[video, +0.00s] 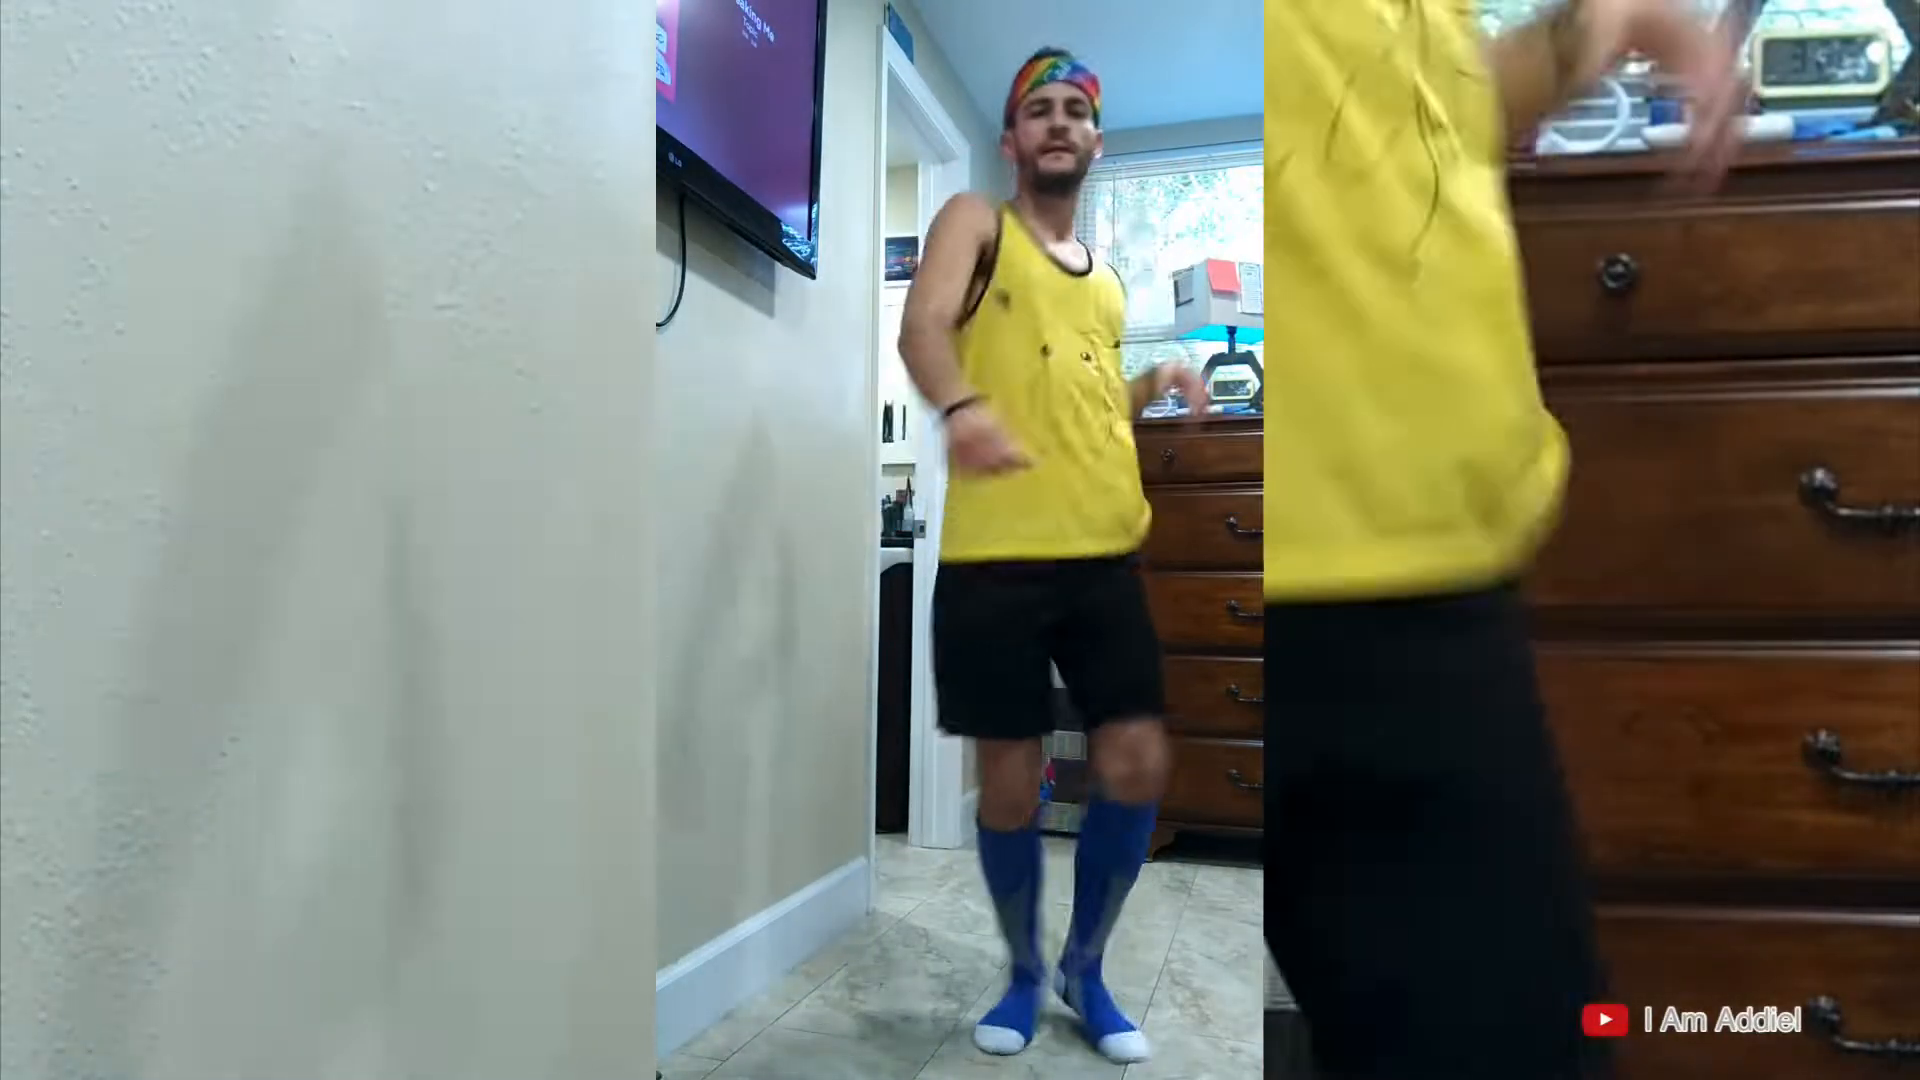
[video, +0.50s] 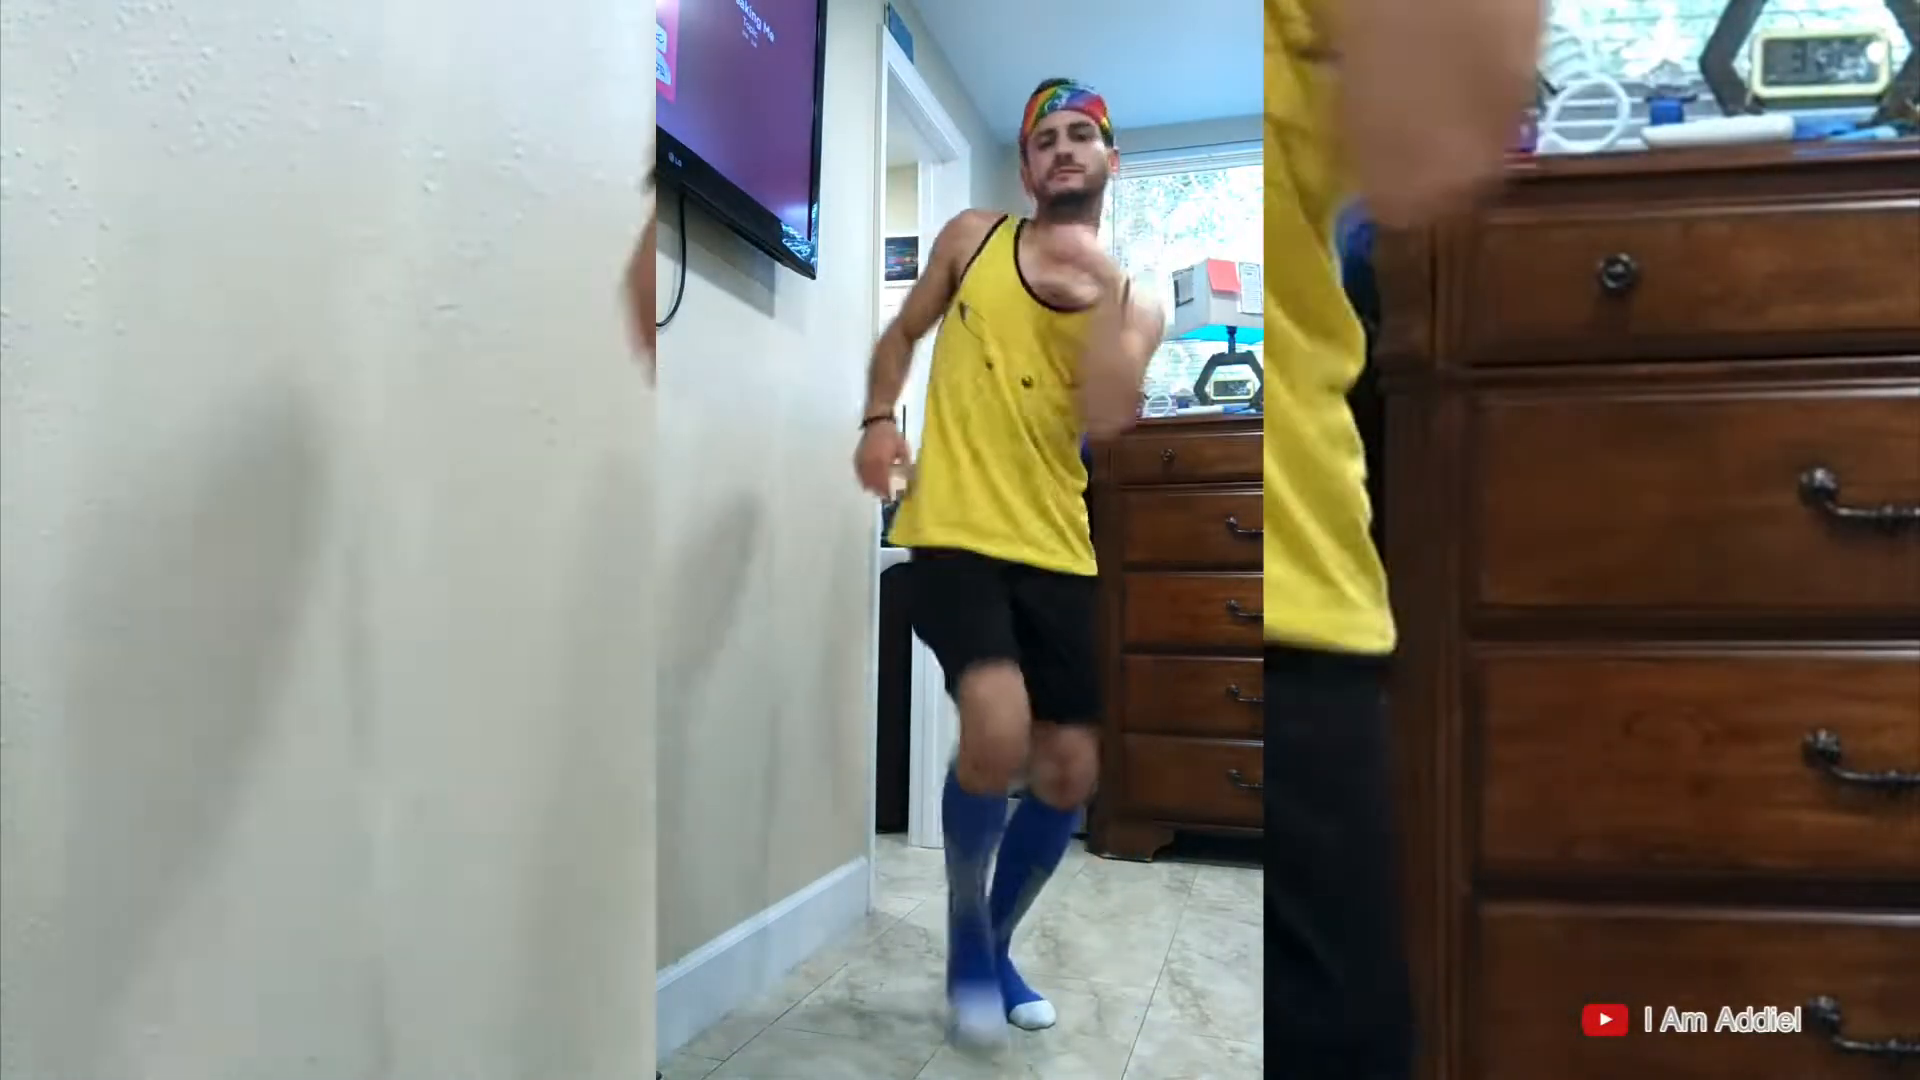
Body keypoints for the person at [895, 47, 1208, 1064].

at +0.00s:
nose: (1060, 124)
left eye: (1076, 112)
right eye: (1040, 112)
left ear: (1096, 141)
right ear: (1011, 139)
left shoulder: (1098, 278)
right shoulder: (975, 219)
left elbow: (1092, 413)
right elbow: (922, 326)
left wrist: (1158, 382)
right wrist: (959, 407)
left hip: (1102, 550)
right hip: (996, 552)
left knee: (1135, 760)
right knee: (1010, 770)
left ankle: (1084, 970)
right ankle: (1022, 978)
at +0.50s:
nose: (1063, 149)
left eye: (1080, 136)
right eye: (1046, 141)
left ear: (1112, 162)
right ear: (1025, 167)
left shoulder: (1131, 297)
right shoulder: (975, 235)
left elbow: (1105, 419)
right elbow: (899, 335)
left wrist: (1113, 296)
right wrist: (879, 422)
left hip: (1054, 538)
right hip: (950, 520)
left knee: (1069, 767)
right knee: (997, 725)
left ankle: (991, 941)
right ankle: (969, 944)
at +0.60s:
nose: (1051, 153)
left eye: (1070, 138)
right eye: (1035, 143)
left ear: (1106, 160)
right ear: (1016, 168)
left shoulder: (1126, 298)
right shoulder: (971, 257)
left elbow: (1064, 388)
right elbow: (915, 354)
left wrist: (1028, 262)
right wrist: (894, 407)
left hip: (1052, 535)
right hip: (949, 507)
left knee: (1068, 767)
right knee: (981, 666)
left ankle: (997, 942)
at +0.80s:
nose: (1015, 128)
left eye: (1035, 112)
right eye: (1000, 115)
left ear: (1069, 130)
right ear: (980, 137)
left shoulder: (1107, 222)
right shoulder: (963, 252)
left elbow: (1040, 291)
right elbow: (964, 381)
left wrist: (913, 287)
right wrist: (919, 391)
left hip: (1045, 518)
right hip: (947, 502)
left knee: (1024, 746)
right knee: (903, 690)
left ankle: (1003, 944)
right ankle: (939, 894)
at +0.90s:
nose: (996, 148)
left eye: (1015, 132)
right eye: (979, 135)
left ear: (1047, 146)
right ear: (960, 156)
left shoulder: (1077, 206)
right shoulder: (951, 282)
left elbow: (1019, 288)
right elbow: (946, 393)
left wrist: (931, 370)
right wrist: (907, 410)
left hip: (1045, 543)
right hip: (940, 541)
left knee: (1025, 761)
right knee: (874, 736)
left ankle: (1005, 948)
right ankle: (921, 959)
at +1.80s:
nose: (1004, 91)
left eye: (1012, 80)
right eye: (979, 77)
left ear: (1020, 113)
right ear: (931, 105)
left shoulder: (1013, 245)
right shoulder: (915, 181)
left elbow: (1036, 377)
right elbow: (950, 289)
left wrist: (1078, 327)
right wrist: (1083, 378)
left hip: (976, 523)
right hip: (870, 535)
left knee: (1075, 750)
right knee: (847, 784)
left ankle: (1089, 997)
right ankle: (834, 1002)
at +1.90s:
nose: (1035, 120)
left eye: (1043, 109)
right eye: (1010, 108)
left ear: (1051, 139)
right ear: (962, 137)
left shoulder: (1002, 268)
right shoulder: (969, 201)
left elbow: (1084, 412)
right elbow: (1010, 343)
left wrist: (1100, 302)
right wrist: (1082, 493)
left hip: (985, 568)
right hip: (890, 572)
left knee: (1093, 759)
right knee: (868, 801)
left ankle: (1109, 1003)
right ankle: (823, 1020)